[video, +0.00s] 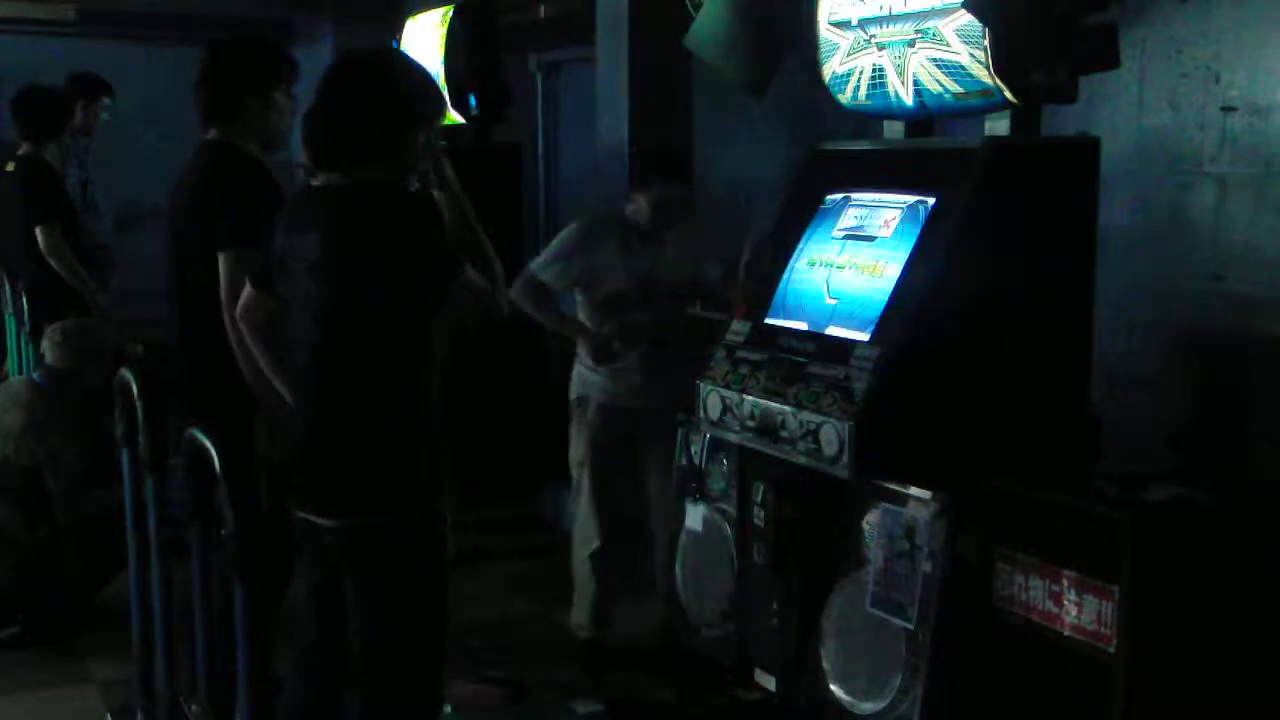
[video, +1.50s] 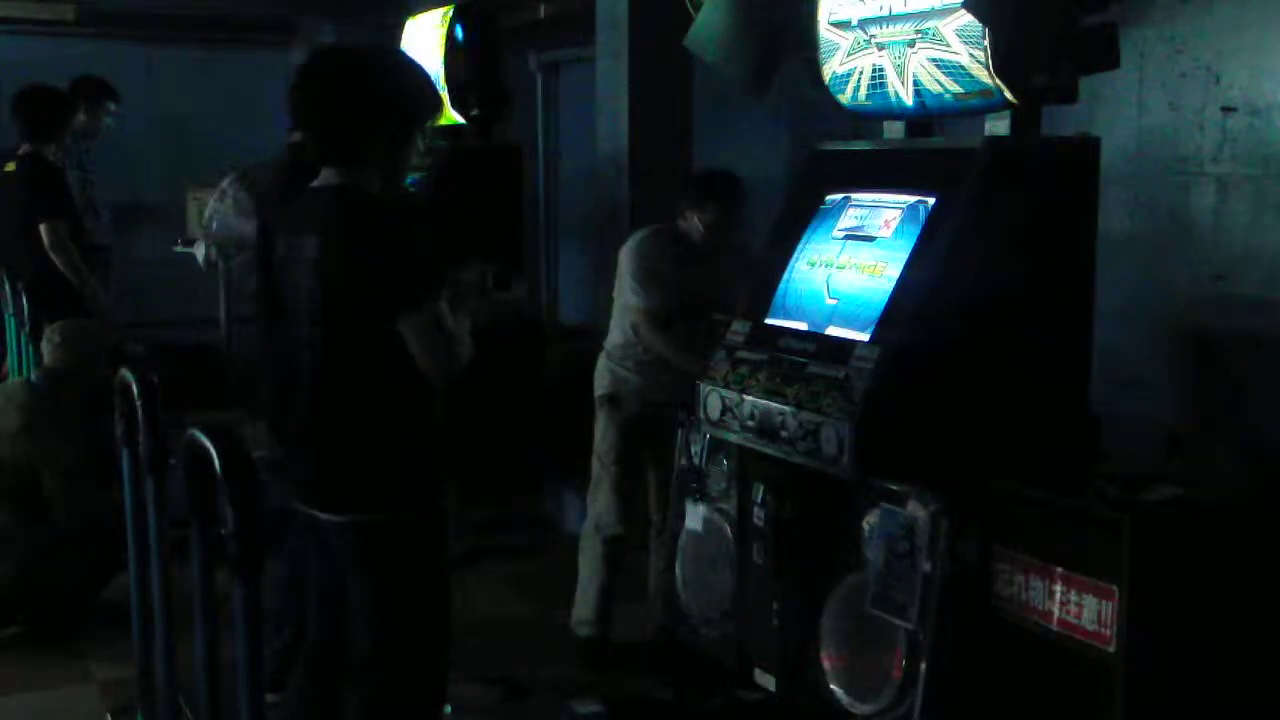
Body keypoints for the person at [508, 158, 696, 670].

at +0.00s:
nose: (664, 215)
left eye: (673, 205)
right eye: (656, 203)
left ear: (683, 205)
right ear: (635, 197)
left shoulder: (682, 246)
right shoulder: (592, 235)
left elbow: (712, 306)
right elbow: (527, 290)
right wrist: (584, 334)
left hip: (662, 396)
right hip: (601, 395)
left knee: (666, 514)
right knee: (597, 517)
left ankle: (667, 630)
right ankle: (591, 632)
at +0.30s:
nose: (650, 215)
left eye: (658, 206)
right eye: (642, 204)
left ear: (666, 203)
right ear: (618, 197)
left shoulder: (667, 242)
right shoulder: (571, 235)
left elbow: (690, 306)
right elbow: (507, 289)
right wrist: (559, 338)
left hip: (649, 392)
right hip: (583, 393)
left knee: (663, 511)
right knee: (585, 517)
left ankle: (670, 627)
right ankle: (587, 630)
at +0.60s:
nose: (655, 215)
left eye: (663, 205)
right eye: (648, 203)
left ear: (673, 203)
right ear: (627, 197)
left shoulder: (674, 244)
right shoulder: (578, 235)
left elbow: (698, 305)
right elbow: (522, 292)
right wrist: (570, 339)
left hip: (653, 387)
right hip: (589, 388)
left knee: (661, 507)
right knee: (586, 512)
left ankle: (663, 622)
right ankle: (587, 626)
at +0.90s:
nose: (680, 217)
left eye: (687, 207)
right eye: (674, 205)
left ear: (690, 207)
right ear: (650, 199)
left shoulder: (684, 247)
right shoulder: (606, 238)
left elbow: (694, 314)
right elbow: (590, 321)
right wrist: (654, 347)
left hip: (663, 385)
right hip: (608, 385)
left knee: (665, 510)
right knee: (599, 514)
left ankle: (664, 621)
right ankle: (589, 626)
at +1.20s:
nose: (708, 225)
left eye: (715, 215)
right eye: (701, 213)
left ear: (720, 215)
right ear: (678, 208)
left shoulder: (706, 257)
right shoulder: (635, 246)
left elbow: (718, 316)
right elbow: (639, 330)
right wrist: (702, 362)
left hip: (673, 393)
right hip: (621, 390)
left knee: (669, 513)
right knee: (609, 514)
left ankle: (664, 622)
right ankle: (589, 626)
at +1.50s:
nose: (712, 230)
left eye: (720, 222)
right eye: (706, 219)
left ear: (728, 222)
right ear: (687, 211)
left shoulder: (715, 258)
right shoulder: (646, 248)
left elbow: (724, 318)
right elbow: (645, 327)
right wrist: (699, 366)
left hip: (675, 391)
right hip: (623, 387)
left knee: (670, 511)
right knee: (611, 509)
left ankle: (666, 623)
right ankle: (590, 626)